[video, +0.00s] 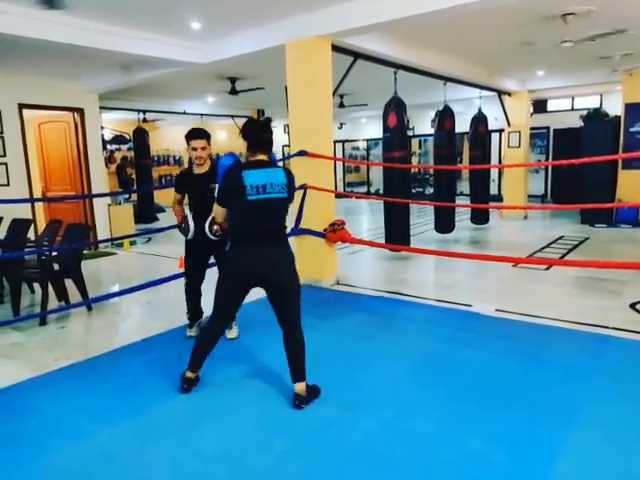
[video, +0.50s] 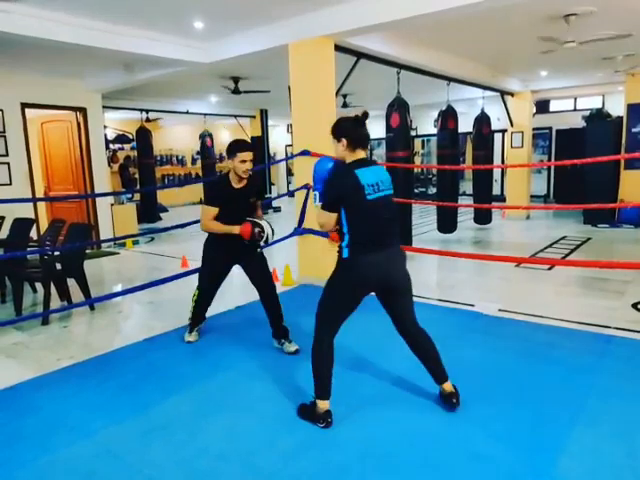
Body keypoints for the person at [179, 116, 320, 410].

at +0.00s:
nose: (243, 147)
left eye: (243, 143)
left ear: (245, 145)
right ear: (271, 144)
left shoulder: (234, 174)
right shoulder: (285, 175)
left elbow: (219, 217)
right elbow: (282, 210)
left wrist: (240, 219)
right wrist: (238, 217)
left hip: (240, 261)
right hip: (277, 259)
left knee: (220, 318)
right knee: (291, 324)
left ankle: (191, 374)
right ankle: (300, 388)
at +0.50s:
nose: (333, 148)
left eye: (335, 143)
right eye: (334, 142)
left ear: (345, 144)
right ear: (364, 142)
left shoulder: (340, 176)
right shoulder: (381, 171)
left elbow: (326, 222)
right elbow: (367, 214)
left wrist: (311, 209)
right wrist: (333, 228)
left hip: (357, 268)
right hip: (392, 263)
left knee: (324, 331)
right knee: (410, 327)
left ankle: (321, 407)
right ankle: (448, 389)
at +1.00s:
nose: (408, 142)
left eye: (410, 136)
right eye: (408, 136)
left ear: (423, 136)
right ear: (435, 136)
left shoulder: (418, 171)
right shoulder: (453, 163)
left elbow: (398, 215)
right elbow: (437, 201)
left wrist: (391, 184)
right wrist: (407, 176)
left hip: (434, 262)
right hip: (466, 254)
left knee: (401, 321)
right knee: (470, 313)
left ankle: (417, 395)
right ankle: (507, 373)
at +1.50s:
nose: (387, 138)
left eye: (391, 133)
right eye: (388, 133)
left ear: (404, 137)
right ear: (416, 138)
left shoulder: (389, 165)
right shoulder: (431, 164)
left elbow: (346, 177)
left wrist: (329, 155)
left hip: (408, 258)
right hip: (442, 252)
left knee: (375, 315)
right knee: (457, 315)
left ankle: (362, 381)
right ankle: (497, 376)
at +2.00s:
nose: (395, 142)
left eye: (399, 136)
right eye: (396, 136)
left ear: (412, 137)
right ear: (420, 138)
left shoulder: (410, 174)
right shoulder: (437, 167)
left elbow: (389, 218)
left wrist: (378, 184)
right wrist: (389, 175)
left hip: (421, 263)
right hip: (452, 258)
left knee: (385, 324)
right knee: (449, 324)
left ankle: (360, 384)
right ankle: (476, 389)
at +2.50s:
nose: (378, 147)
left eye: (379, 143)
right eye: (380, 142)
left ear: (385, 145)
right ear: (407, 145)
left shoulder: (372, 176)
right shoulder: (422, 173)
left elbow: (358, 219)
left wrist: (369, 193)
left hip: (394, 270)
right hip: (432, 266)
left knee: (363, 327)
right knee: (441, 328)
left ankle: (360, 397)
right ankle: (475, 390)